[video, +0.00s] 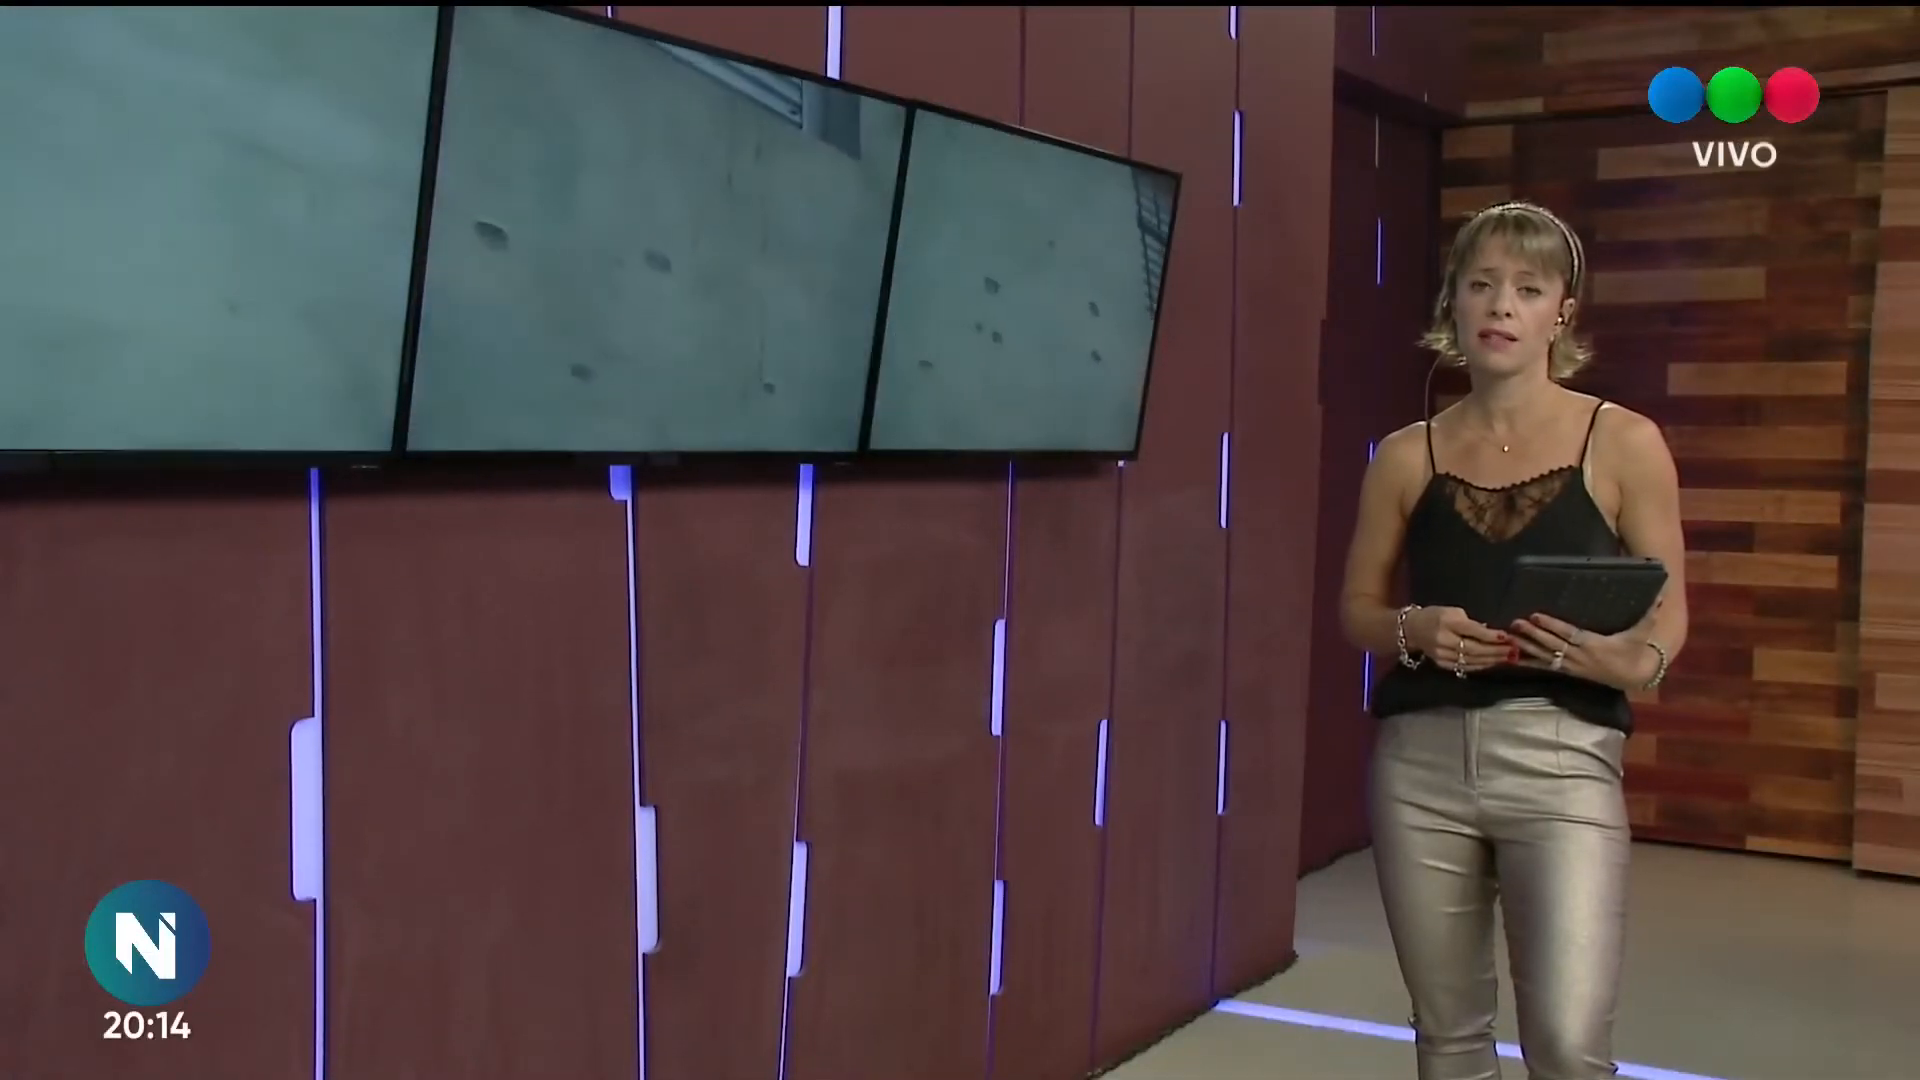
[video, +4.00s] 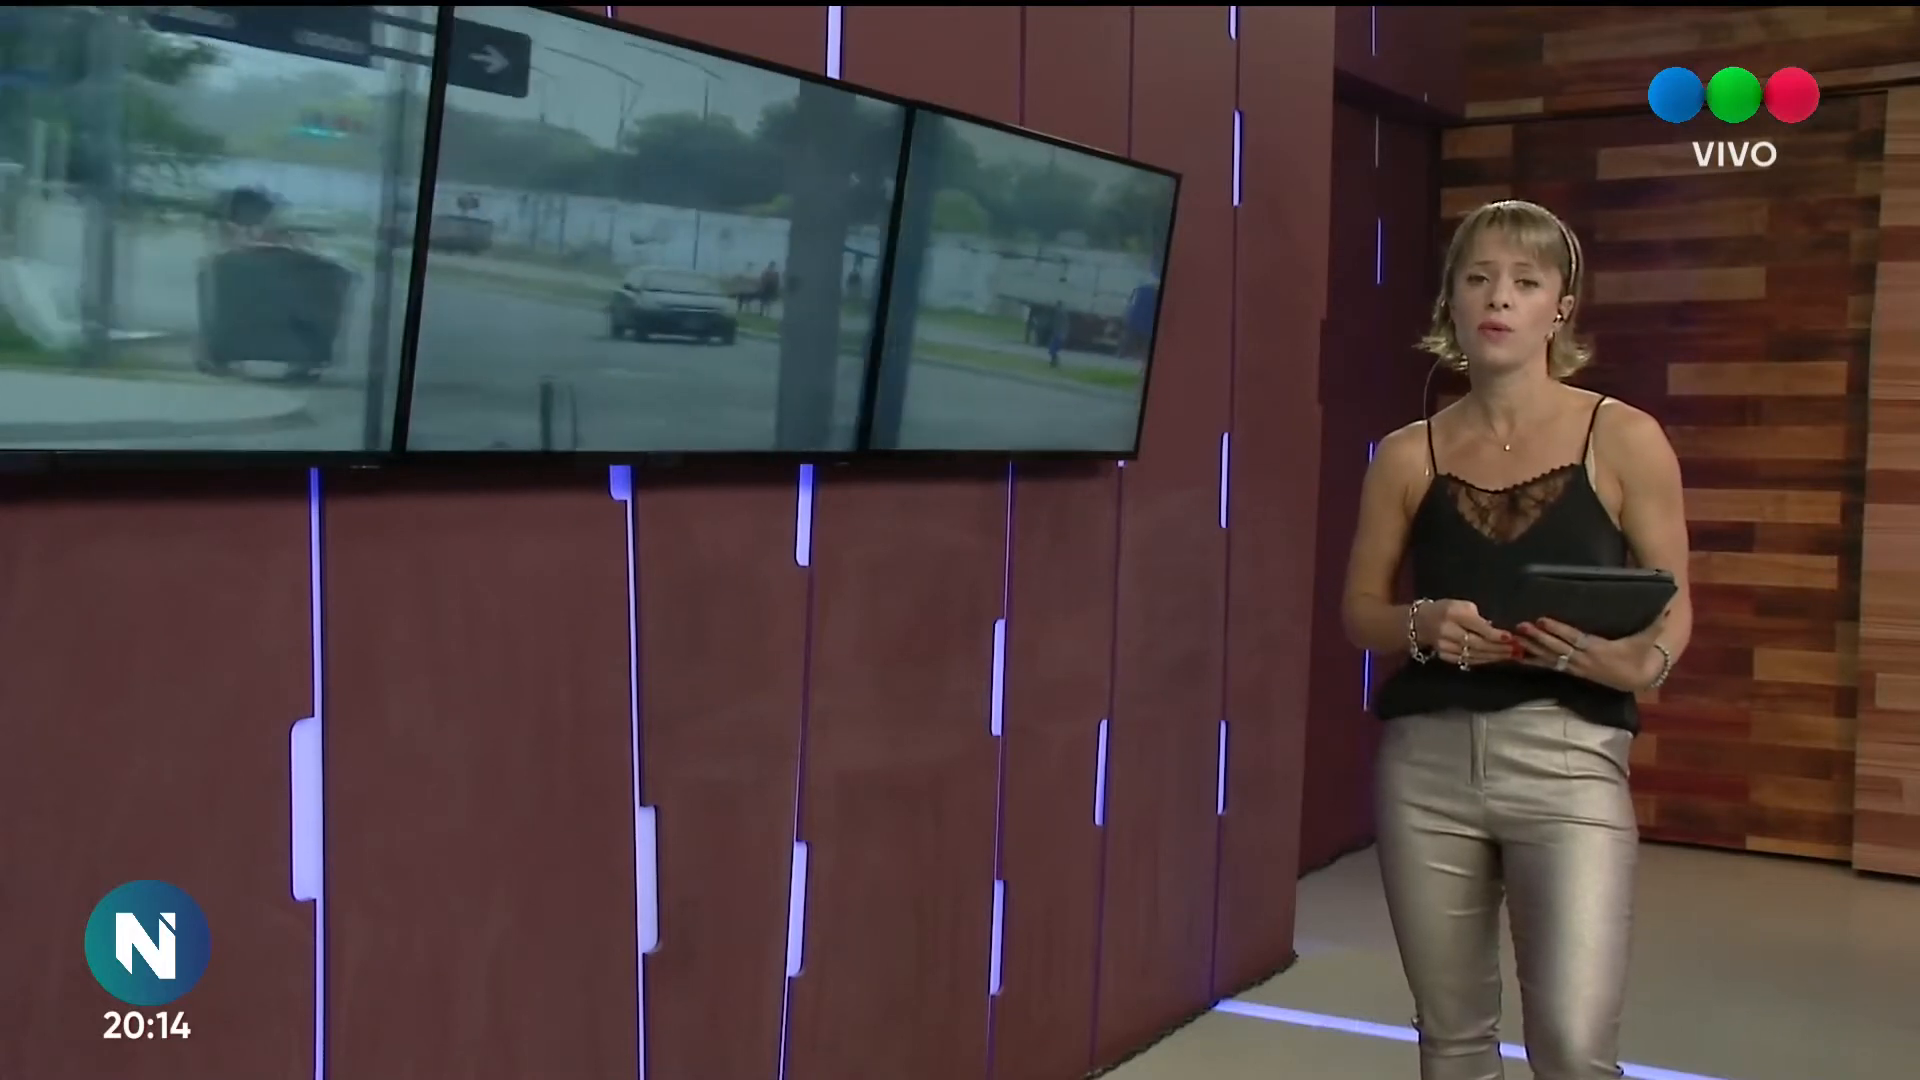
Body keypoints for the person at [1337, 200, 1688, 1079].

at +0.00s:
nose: (1498, 305)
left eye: (1525, 288)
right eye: (1479, 285)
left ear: (1561, 313)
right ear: (1452, 306)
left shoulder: (1625, 444)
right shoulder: (1404, 459)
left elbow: (1666, 610)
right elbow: (1357, 610)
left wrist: (1631, 663)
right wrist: (1410, 629)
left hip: (1561, 768)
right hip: (1419, 768)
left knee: (1567, 1049)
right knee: (1448, 1040)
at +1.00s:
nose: (1493, 306)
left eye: (1520, 290)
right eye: (1474, 285)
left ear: (1554, 315)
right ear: (1446, 304)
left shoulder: (1618, 444)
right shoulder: (1398, 459)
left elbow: (1660, 613)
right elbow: (1352, 612)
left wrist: (1620, 662)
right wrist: (1407, 628)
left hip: (1557, 768)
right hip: (1415, 768)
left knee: (1562, 1049)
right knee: (1446, 1041)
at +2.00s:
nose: (1489, 305)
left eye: (1515, 288)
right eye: (1469, 284)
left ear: (1550, 314)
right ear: (1442, 305)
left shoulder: (1616, 442)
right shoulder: (1396, 459)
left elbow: (1660, 610)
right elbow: (1352, 614)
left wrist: (1623, 663)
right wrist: (1405, 629)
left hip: (1556, 768)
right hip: (1413, 768)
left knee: (1560, 1048)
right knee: (1445, 1040)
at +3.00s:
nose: (1501, 288)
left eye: (1529, 278)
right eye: (1483, 270)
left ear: (1558, 314)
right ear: (1449, 297)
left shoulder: (1614, 438)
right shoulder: (1399, 457)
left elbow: (1667, 597)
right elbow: (1356, 616)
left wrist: (1630, 660)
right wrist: (1413, 629)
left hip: (1563, 767)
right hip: (1420, 768)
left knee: (1567, 1050)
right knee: (1449, 1041)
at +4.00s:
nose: (1497, 296)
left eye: (1523, 280)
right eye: (1478, 278)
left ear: (1560, 309)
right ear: (1450, 303)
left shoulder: (1626, 440)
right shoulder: (1406, 457)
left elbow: (1671, 608)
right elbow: (1360, 612)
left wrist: (1630, 664)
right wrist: (1419, 624)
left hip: (1570, 770)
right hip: (1426, 770)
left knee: (1573, 1050)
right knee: (1452, 1042)